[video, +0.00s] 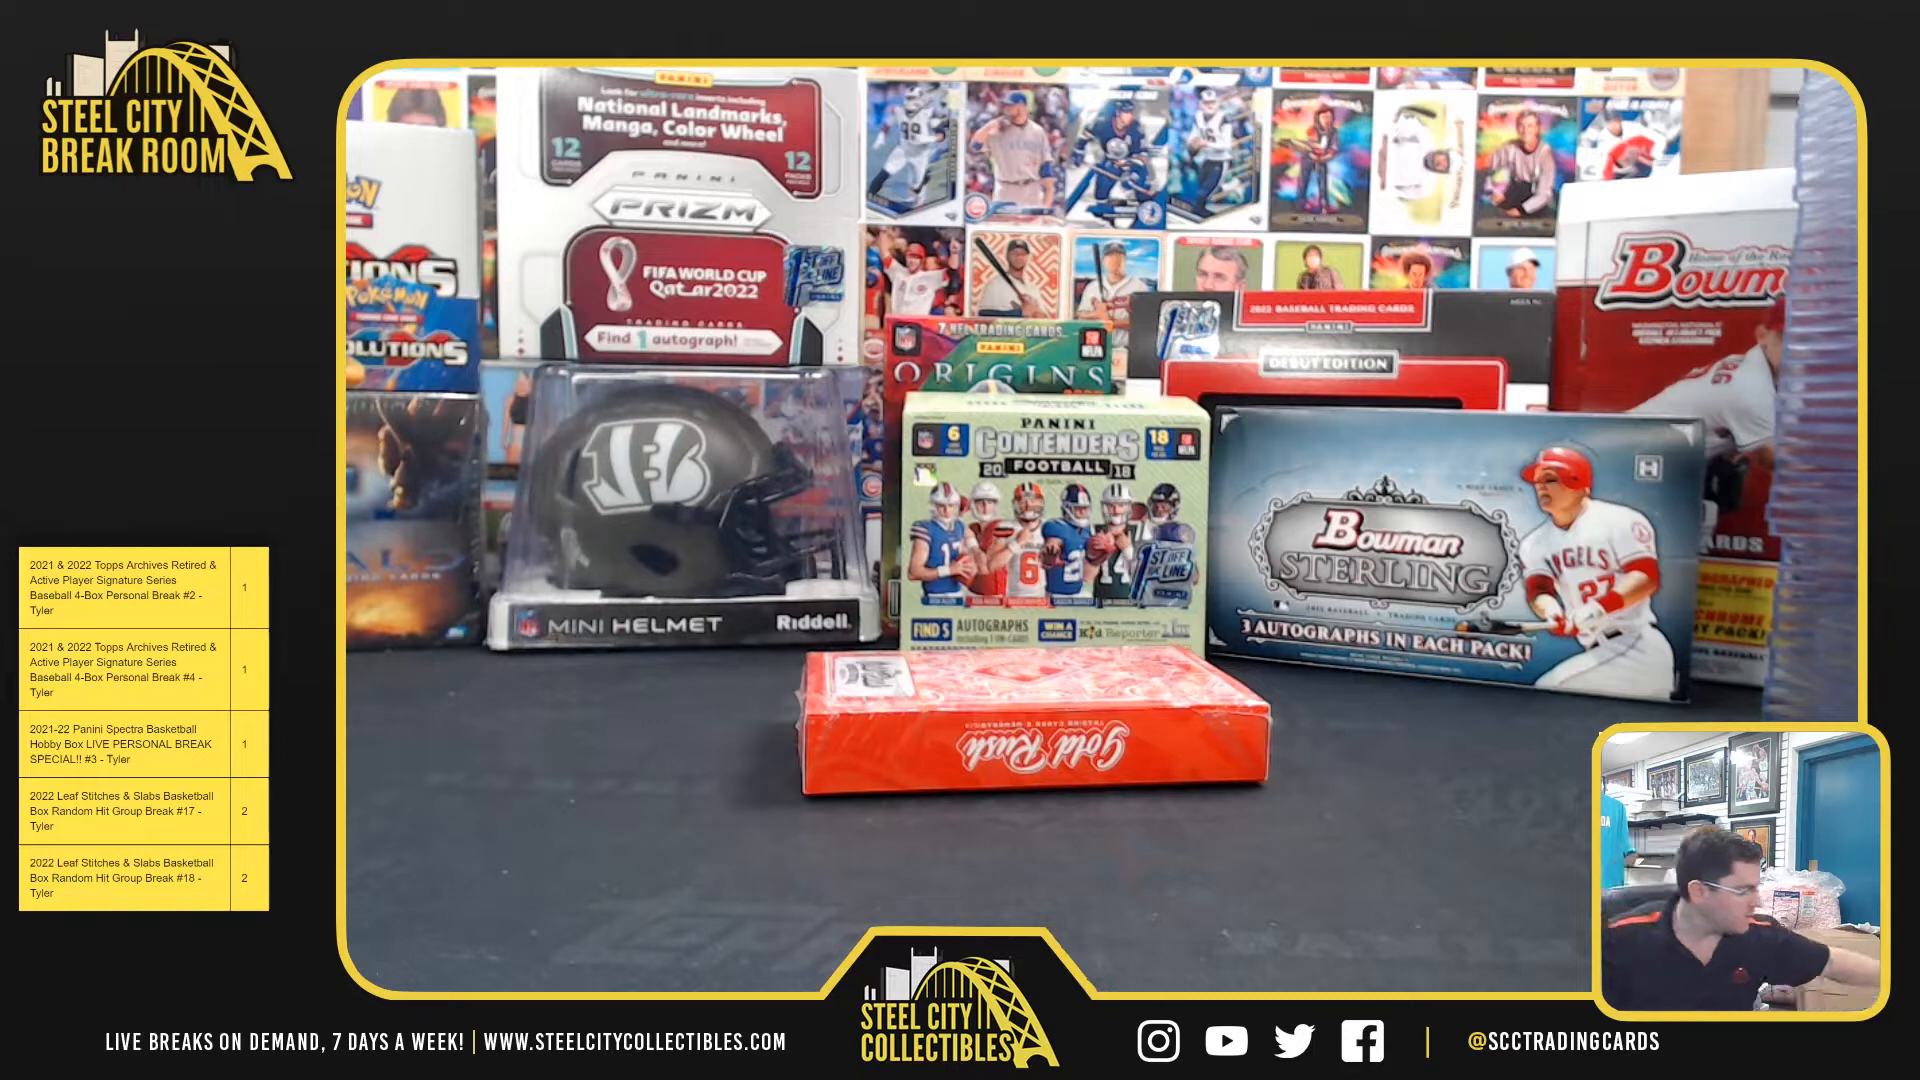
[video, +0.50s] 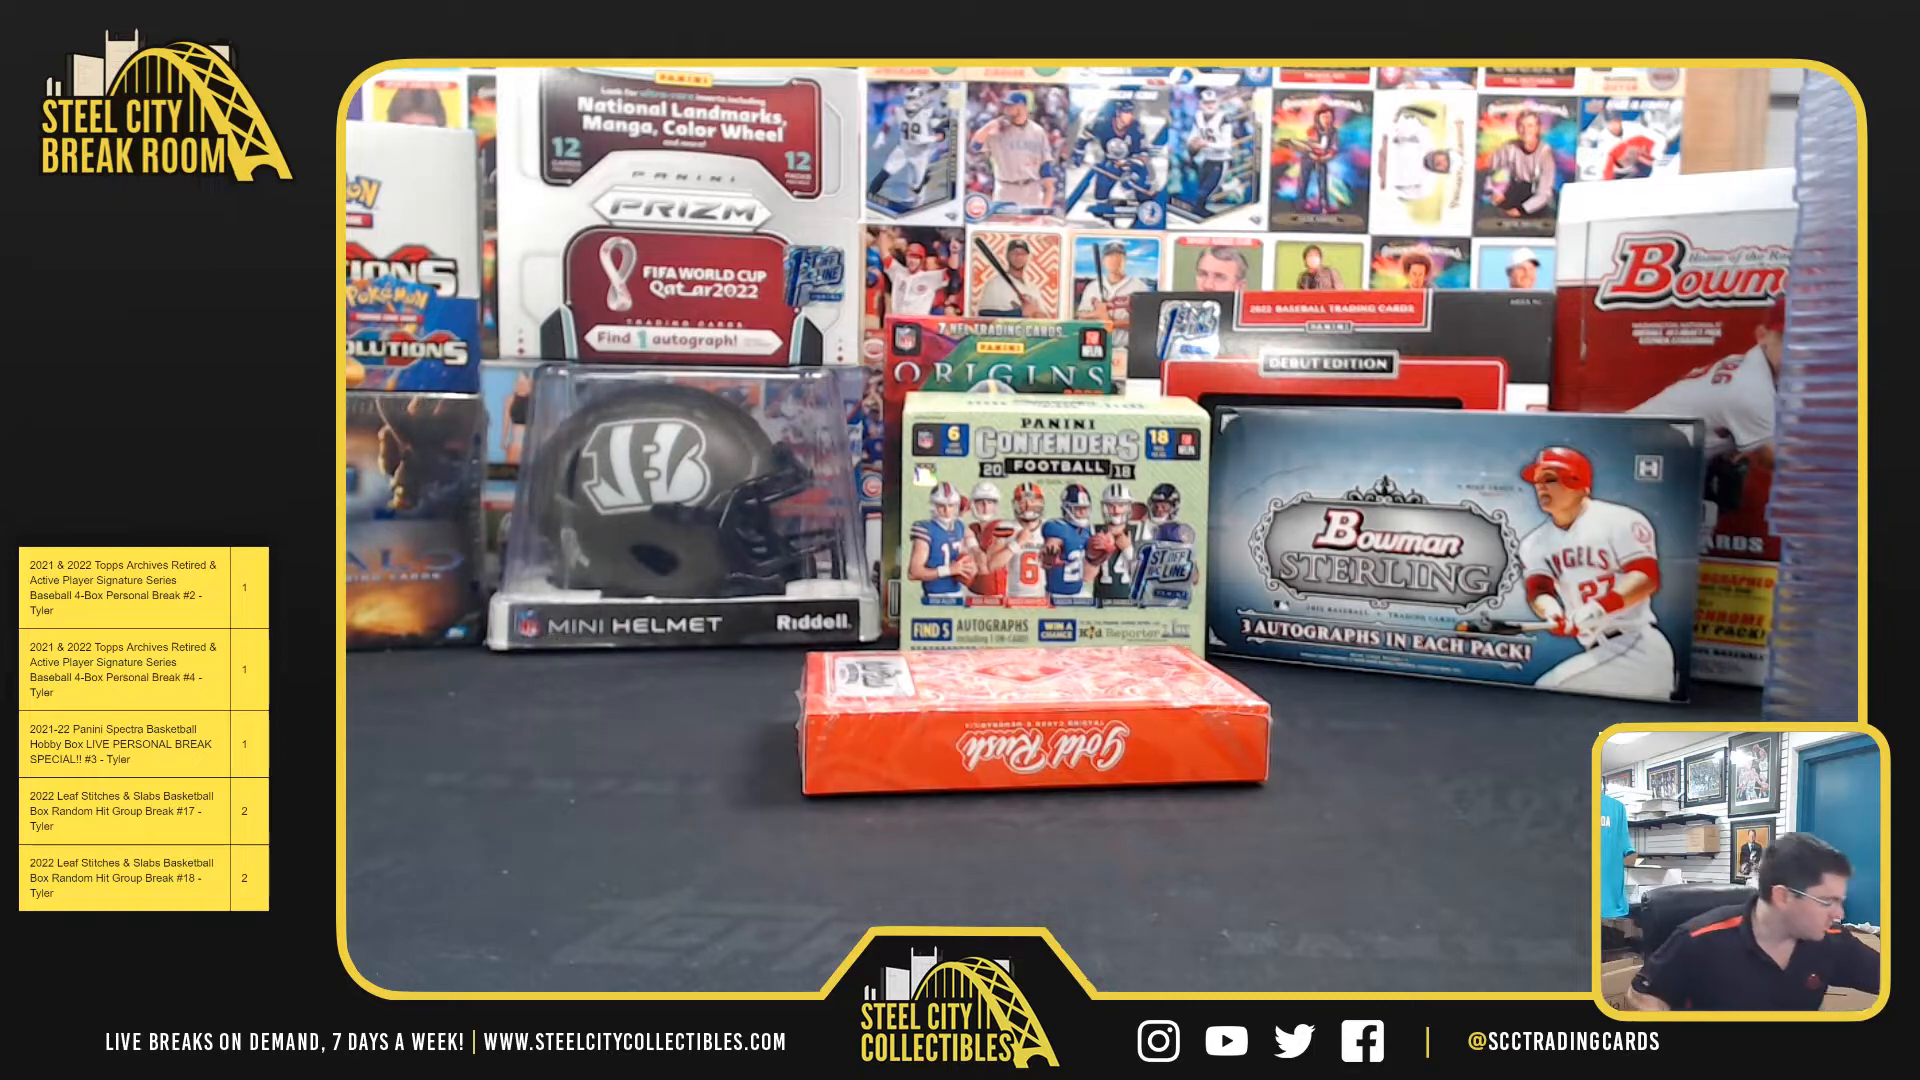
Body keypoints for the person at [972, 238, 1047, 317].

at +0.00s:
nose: (1019, 257)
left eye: (1023, 254)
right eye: (1015, 253)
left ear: (1028, 257)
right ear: (1008, 256)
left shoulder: (1033, 289)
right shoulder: (996, 284)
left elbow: (1045, 318)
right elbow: (985, 315)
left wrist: (1034, 310)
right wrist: (1021, 313)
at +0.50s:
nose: (1019, 257)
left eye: (1023, 254)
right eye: (1015, 253)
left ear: (1028, 257)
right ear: (1008, 256)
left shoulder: (1033, 288)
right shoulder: (995, 284)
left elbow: (1045, 317)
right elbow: (985, 315)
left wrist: (1034, 309)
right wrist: (1020, 312)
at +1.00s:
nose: (1019, 257)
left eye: (1023, 254)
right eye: (1016, 253)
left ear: (1028, 258)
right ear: (1008, 256)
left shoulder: (1033, 289)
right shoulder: (995, 284)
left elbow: (1045, 317)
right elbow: (985, 315)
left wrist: (1034, 311)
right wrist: (1020, 312)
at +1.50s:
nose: (1019, 257)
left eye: (1023, 254)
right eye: (1016, 253)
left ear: (1028, 258)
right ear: (1008, 256)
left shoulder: (1033, 289)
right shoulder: (995, 284)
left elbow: (1045, 317)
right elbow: (986, 315)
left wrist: (1033, 310)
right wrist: (1020, 312)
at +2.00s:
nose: (1019, 257)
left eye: (1023, 254)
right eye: (1016, 253)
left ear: (1028, 258)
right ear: (1008, 256)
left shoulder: (1033, 289)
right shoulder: (995, 284)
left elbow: (1045, 317)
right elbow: (985, 315)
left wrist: (1033, 310)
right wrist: (1020, 313)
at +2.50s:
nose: (1019, 258)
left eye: (1023, 254)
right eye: (1015, 254)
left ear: (1028, 258)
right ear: (1008, 256)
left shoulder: (1032, 288)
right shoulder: (995, 284)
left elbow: (1045, 317)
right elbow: (985, 314)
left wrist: (1034, 310)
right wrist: (1020, 313)